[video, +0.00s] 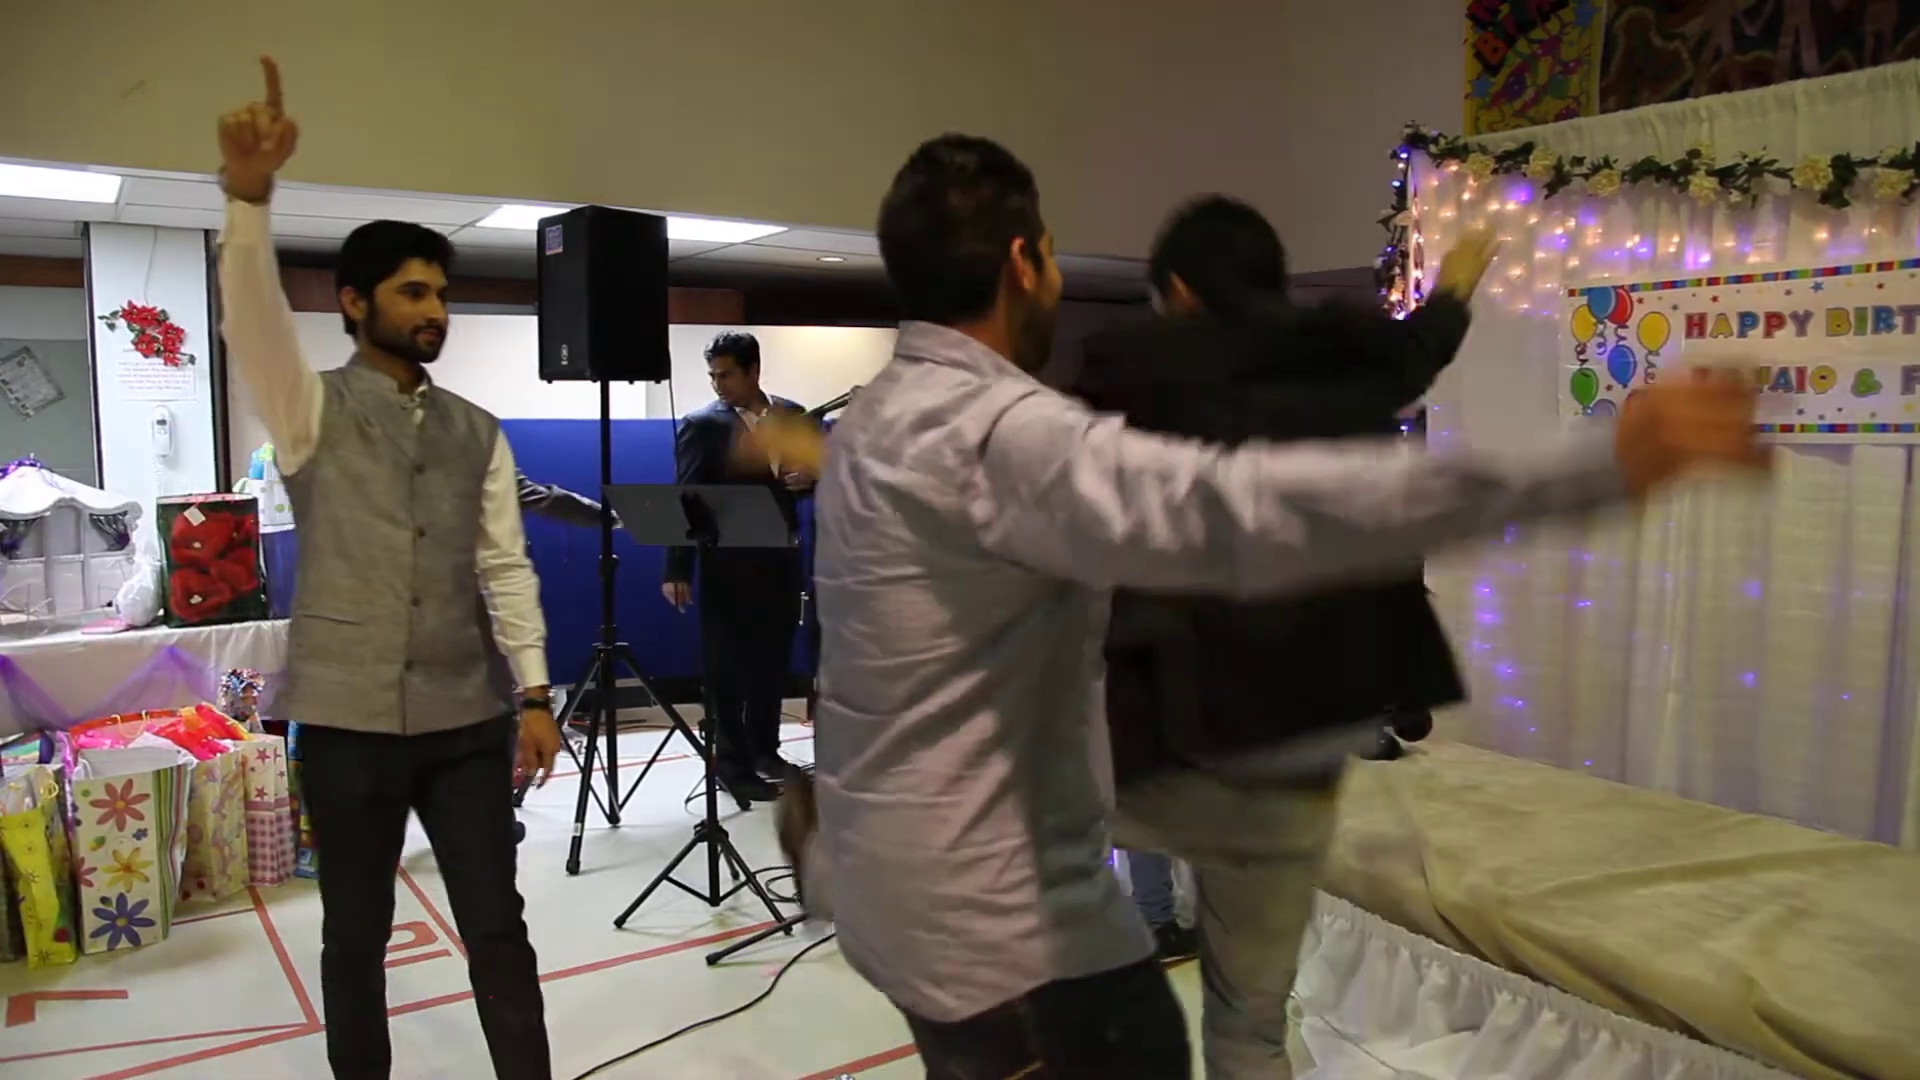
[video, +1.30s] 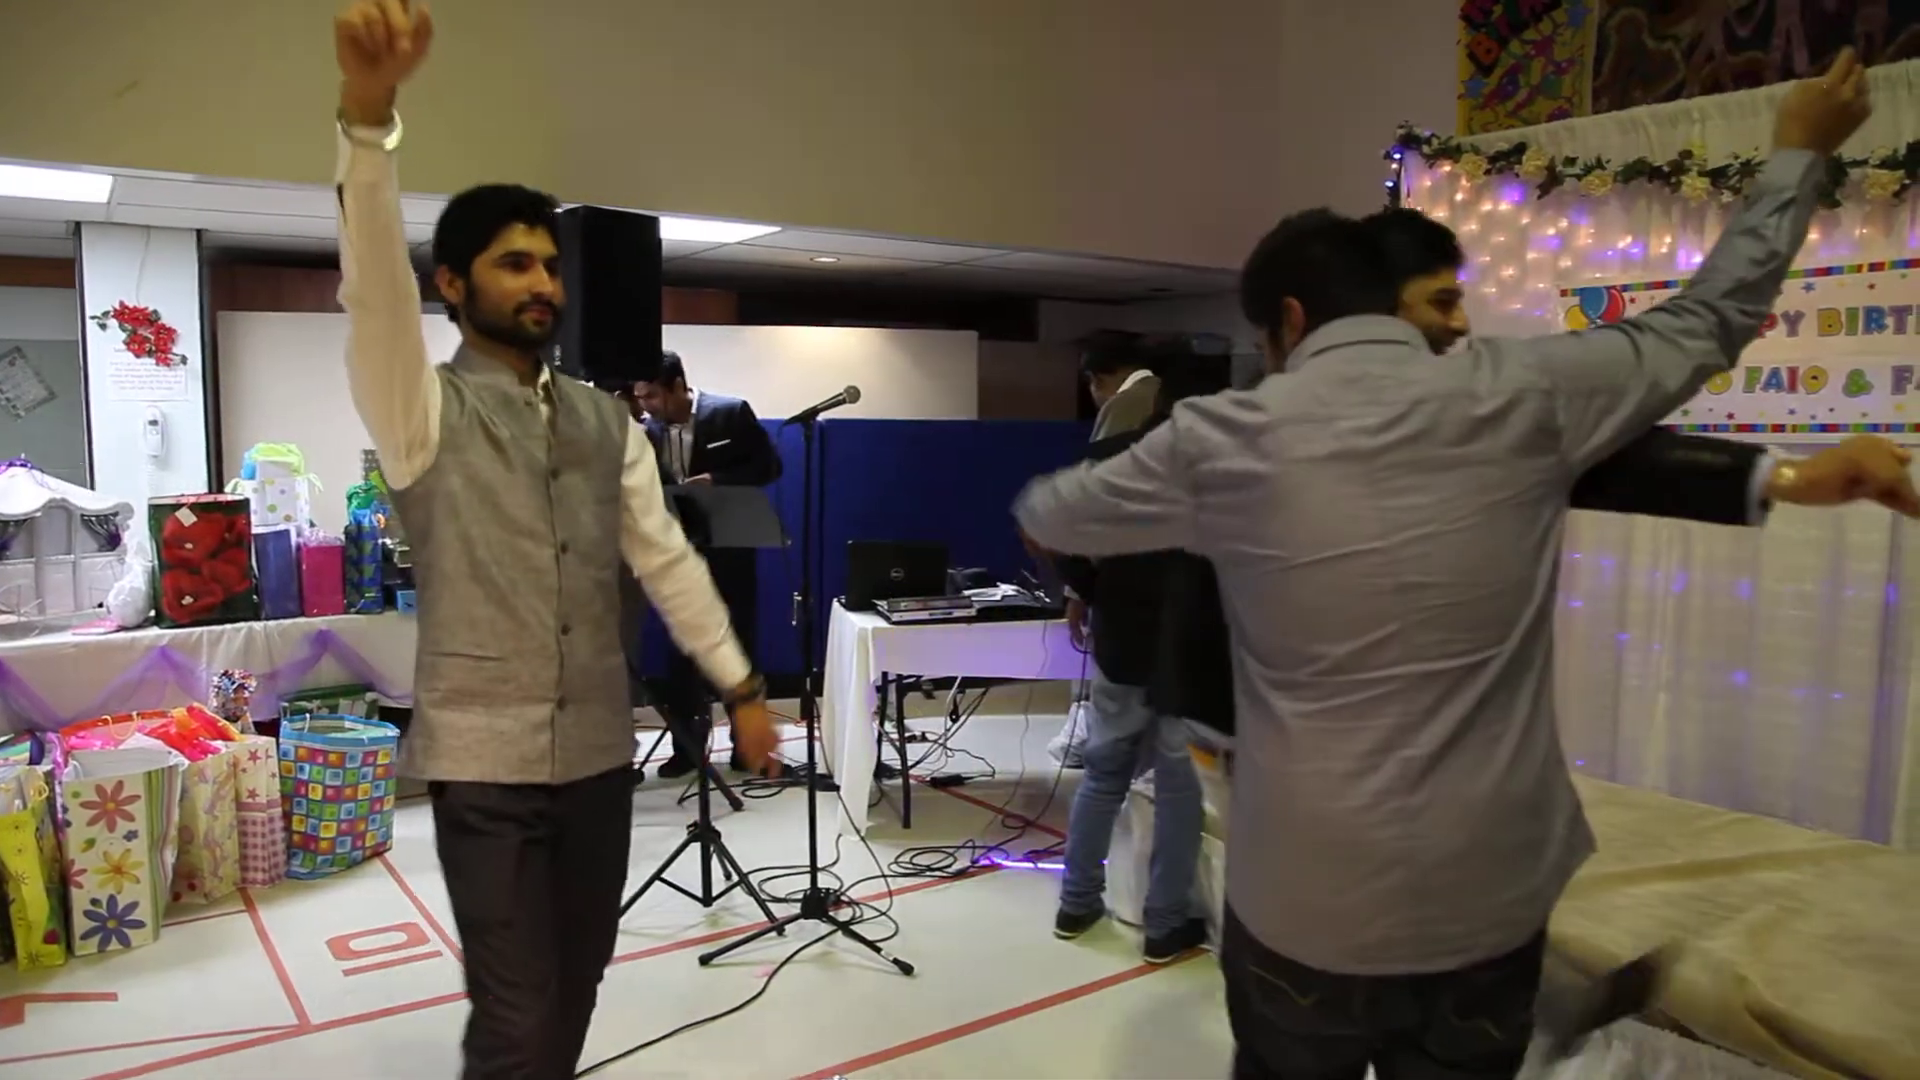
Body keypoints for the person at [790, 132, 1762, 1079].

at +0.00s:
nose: (1064, 280)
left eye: (1064, 256)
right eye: (1054, 254)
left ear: (909, 282)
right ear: (1017, 265)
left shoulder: (889, 412)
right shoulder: (978, 424)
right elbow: (1227, 513)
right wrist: (1607, 468)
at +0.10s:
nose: (1060, 266)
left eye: (1055, 245)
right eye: (1054, 243)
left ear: (909, 273)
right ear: (1024, 260)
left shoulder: (886, 406)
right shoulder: (1005, 410)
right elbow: (1267, 432)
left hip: (918, 890)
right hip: (1019, 909)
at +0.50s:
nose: (1166, 284)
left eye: (1166, 260)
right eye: (1147, 259)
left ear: (998, 279)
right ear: (1088, 267)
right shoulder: (1115, 400)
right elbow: (1374, 348)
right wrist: (1616, 152)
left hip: (1003, 910)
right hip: (1138, 910)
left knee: (1035, 1068)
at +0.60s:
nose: (1182, 291)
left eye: (1176, 265)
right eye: (1170, 265)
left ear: (1032, 280)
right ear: (1125, 265)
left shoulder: (956, 440)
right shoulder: (1152, 394)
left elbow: (899, 553)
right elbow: (1403, 334)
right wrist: (1625, 138)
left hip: (1016, 896)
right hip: (1164, 904)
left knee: (1044, 1066)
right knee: (1239, 1059)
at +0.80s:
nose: (1264, 305)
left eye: (1259, 280)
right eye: (1257, 279)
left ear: (1125, 276)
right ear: (1217, 277)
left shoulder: (1018, 435)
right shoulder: (1260, 381)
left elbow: (909, 568)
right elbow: (1493, 300)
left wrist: (1038, 528)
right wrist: (1682, 87)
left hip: (1077, 882)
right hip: (1247, 880)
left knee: (1079, 1078)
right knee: (1314, 1075)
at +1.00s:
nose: (1366, 306)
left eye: (1359, 286)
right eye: (1363, 286)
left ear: (1227, 299)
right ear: (1345, 298)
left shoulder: (1128, 458)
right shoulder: (1418, 415)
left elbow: (1003, 586)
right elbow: (1645, 334)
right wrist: (1737, 120)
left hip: (1202, 914)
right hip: (1395, 913)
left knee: (1163, 1072)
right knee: (1406, 1073)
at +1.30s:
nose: (1254, 359)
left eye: (1254, 335)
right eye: (1429, 302)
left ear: (1288, 323)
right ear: (1367, 302)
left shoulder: (1224, 441)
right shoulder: (1519, 388)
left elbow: (1046, 514)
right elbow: (1708, 321)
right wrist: (1801, 149)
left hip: (1304, 905)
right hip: (1494, 897)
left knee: (1289, 1066)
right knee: (1458, 1072)